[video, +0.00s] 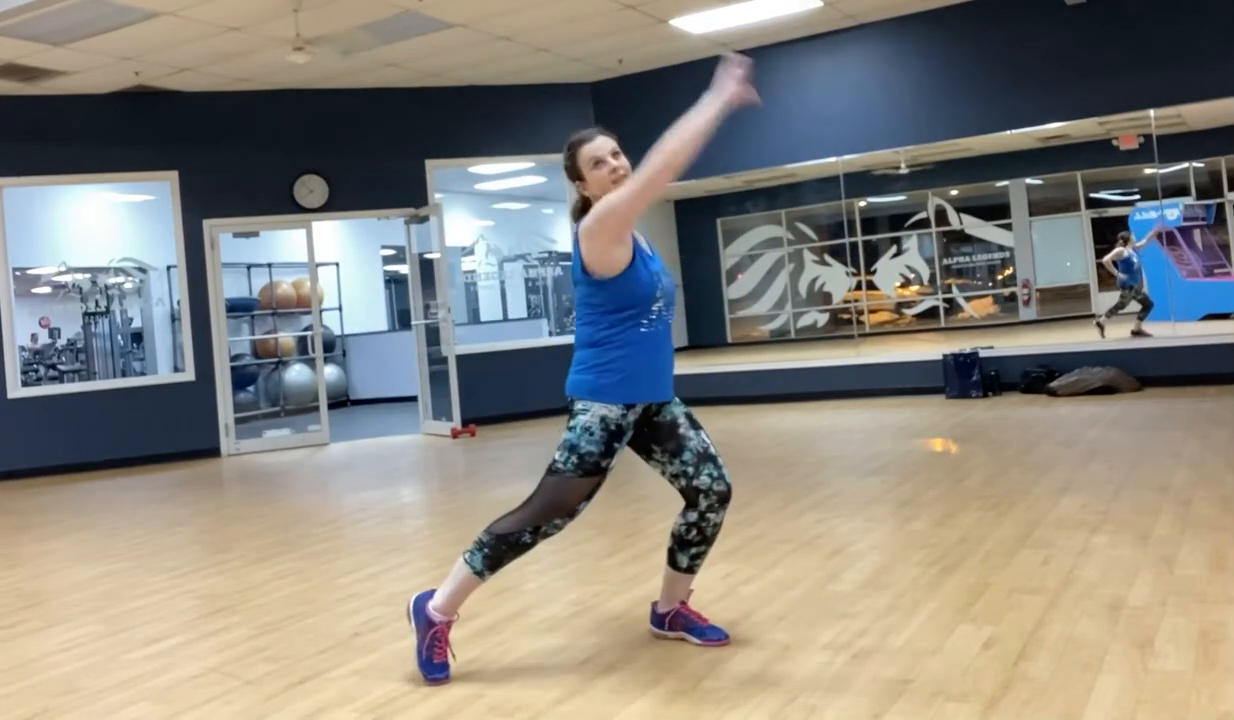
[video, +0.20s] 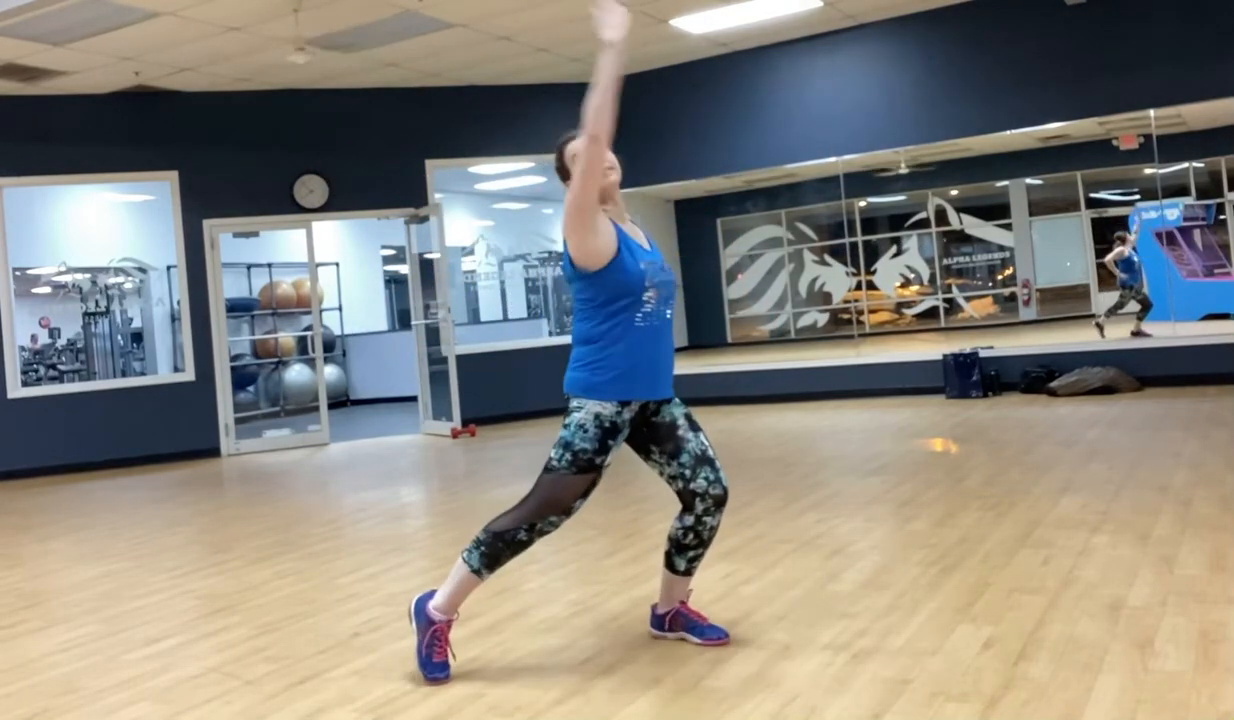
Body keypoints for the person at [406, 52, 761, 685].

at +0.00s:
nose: (617, 164)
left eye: (618, 154)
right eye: (601, 162)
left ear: (626, 160)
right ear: (580, 182)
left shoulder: (621, 224)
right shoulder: (600, 227)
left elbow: (667, 163)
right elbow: (665, 164)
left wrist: (713, 103)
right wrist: (719, 96)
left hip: (653, 399)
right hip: (605, 402)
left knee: (711, 489)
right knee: (552, 509)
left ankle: (672, 607)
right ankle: (437, 609)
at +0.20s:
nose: (607, 157)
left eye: (605, 149)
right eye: (594, 153)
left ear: (611, 165)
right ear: (575, 176)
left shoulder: (626, 226)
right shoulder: (584, 228)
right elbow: (596, 133)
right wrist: (613, 47)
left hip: (652, 399)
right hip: (599, 402)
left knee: (708, 494)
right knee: (544, 512)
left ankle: (671, 608)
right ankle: (437, 611)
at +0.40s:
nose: (584, 156)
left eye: (588, 146)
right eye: (569, 155)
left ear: (608, 160)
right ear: (561, 180)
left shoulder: (626, 222)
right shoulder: (573, 228)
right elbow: (546, 144)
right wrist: (526, 61)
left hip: (653, 397)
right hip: (596, 401)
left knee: (707, 495)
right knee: (541, 511)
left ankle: (671, 608)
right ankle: (437, 612)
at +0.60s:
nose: (579, 159)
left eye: (585, 149)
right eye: (565, 158)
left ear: (605, 161)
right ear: (557, 180)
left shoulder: (629, 226)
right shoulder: (569, 230)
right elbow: (521, 147)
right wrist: (484, 60)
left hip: (652, 397)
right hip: (594, 402)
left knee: (708, 495)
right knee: (540, 509)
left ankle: (671, 608)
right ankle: (435, 612)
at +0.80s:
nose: (579, 161)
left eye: (584, 151)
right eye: (566, 160)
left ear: (605, 162)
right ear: (560, 180)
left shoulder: (631, 227)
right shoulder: (564, 228)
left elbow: (633, 303)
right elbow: (502, 161)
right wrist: (439, 88)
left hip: (653, 396)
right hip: (592, 399)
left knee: (707, 494)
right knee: (544, 501)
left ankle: (671, 610)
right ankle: (432, 613)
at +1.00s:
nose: (580, 161)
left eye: (588, 151)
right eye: (568, 159)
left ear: (609, 161)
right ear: (561, 176)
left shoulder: (634, 226)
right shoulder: (562, 225)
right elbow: (488, 180)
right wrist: (428, 137)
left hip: (651, 394)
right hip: (587, 397)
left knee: (705, 496)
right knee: (535, 507)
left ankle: (670, 609)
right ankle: (434, 612)